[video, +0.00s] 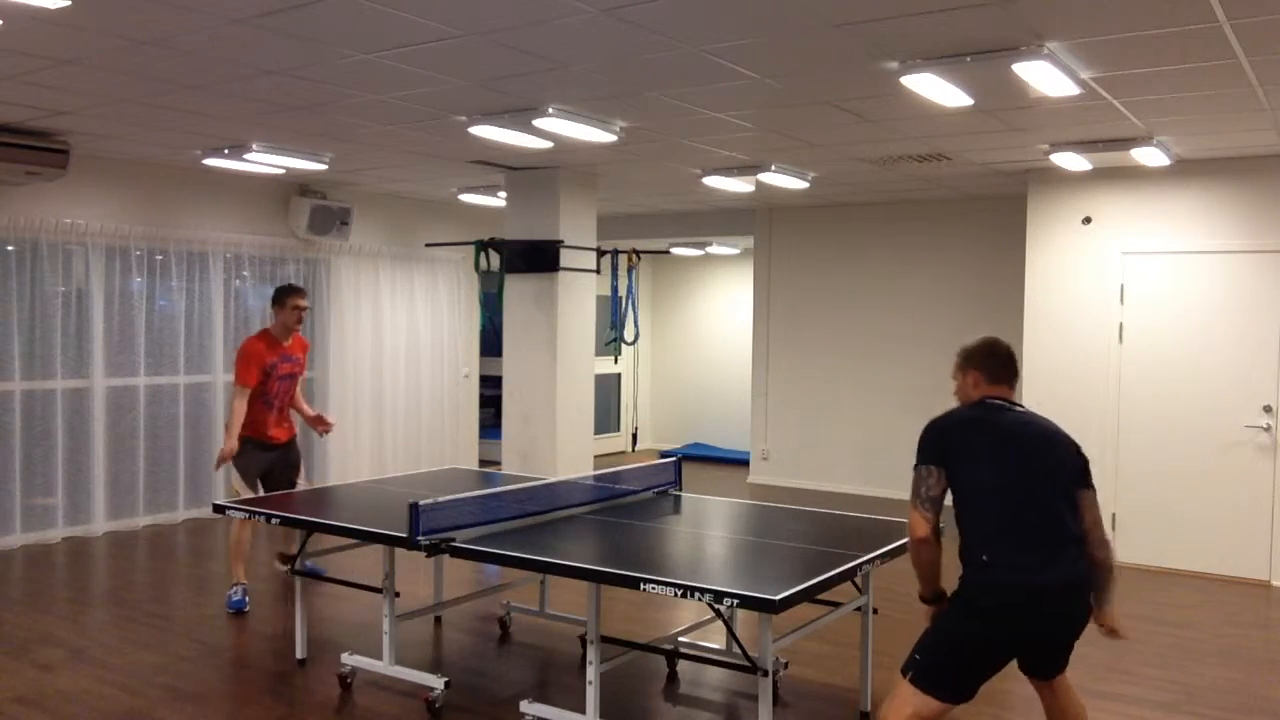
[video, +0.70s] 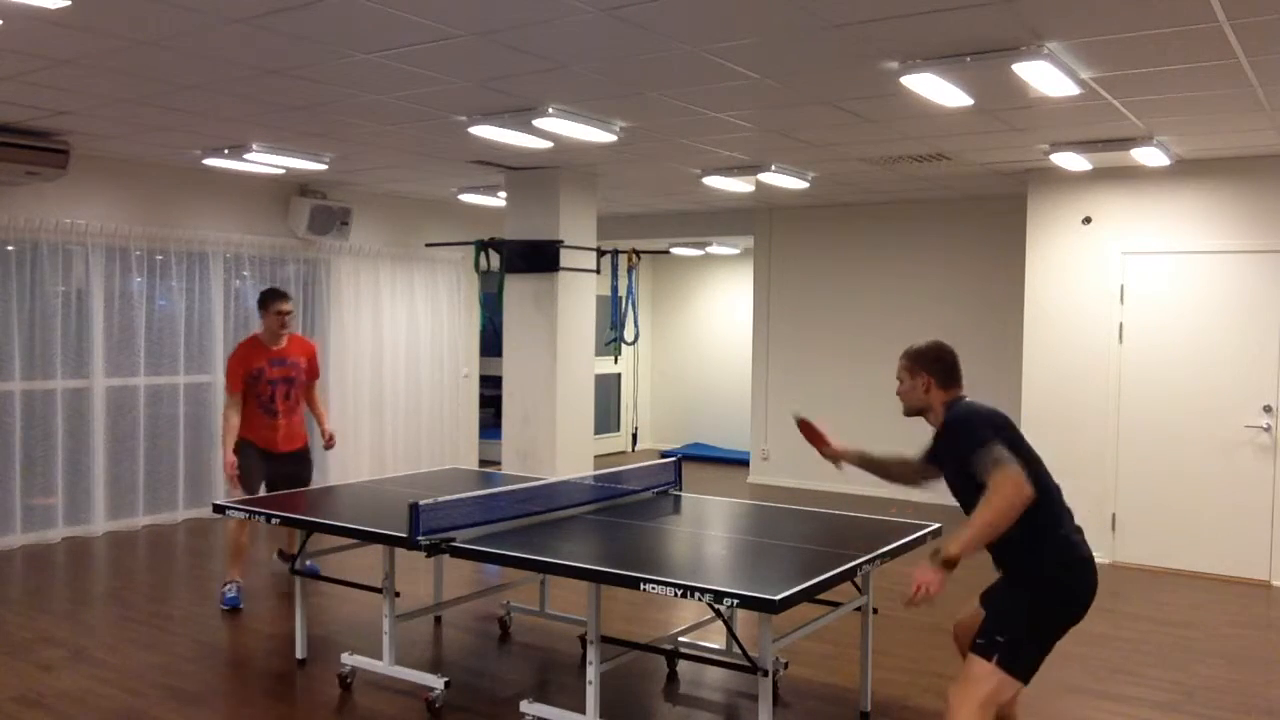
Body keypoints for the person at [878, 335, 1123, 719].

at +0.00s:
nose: (955, 391)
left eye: (957, 380)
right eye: (956, 380)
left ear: (973, 377)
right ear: (1012, 382)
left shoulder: (946, 430)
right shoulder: (1059, 440)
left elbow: (922, 533)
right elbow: (1096, 538)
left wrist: (933, 597)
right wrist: (1103, 604)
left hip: (993, 595)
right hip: (1068, 594)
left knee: (905, 708)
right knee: (1049, 674)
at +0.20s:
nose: (946, 391)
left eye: (947, 380)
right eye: (946, 381)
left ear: (960, 379)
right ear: (1000, 381)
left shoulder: (949, 428)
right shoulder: (1035, 429)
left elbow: (923, 522)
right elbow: (1050, 512)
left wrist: (897, 579)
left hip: (1019, 593)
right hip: (1087, 587)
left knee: (930, 708)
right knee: (1047, 672)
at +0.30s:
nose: (940, 394)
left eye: (940, 384)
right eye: (939, 384)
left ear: (955, 384)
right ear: (992, 382)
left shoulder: (959, 423)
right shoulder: (1019, 424)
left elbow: (920, 502)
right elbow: (1027, 518)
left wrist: (870, 550)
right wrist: (939, 521)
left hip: (1035, 589)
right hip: (1092, 581)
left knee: (958, 707)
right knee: (1047, 672)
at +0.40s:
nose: (928, 384)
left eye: (929, 374)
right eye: (927, 375)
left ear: (944, 373)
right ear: (976, 372)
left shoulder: (967, 405)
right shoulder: (998, 411)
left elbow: (980, 445)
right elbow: (958, 471)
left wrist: (899, 506)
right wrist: (889, 484)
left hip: (1048, 570)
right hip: (1088, 566)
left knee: (965, 699)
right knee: (1040, 662)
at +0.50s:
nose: (913, 378)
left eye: (916, 368)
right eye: (914, 369)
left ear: (935, 370)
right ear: (948, 368)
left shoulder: (974, 399)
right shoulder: (955, 419)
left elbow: (1005, 428)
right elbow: (896, 445)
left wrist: (935, 488)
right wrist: (835, 443)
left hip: (1056, 560)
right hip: (1070, 555)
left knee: (970, 690)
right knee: (1025, 660)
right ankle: (1061, 715)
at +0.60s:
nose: (902, 381)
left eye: (908, 372)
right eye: (904, 372)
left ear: (929, 376)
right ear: (933, 377)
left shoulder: (968, 408)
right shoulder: (946, 427)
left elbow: (1016, 450)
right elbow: (890, 447)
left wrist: (955, 515)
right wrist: (831, 435)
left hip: (1058, 571)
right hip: (1039, 566)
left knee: (973, 693)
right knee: (980, 633)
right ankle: (1006, 710)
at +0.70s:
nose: (897, 390)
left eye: (903, 380)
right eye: (899, 380)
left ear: (926, 382)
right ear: (931, 383)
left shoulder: (968, 422)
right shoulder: (952, 434)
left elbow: (1013, 488)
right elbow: (918, 473)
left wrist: (945, 558)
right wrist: (845, 454)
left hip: (1054, 577)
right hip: (1037, 571)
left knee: (967, 700)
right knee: (968, 633)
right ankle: (1005, 708)